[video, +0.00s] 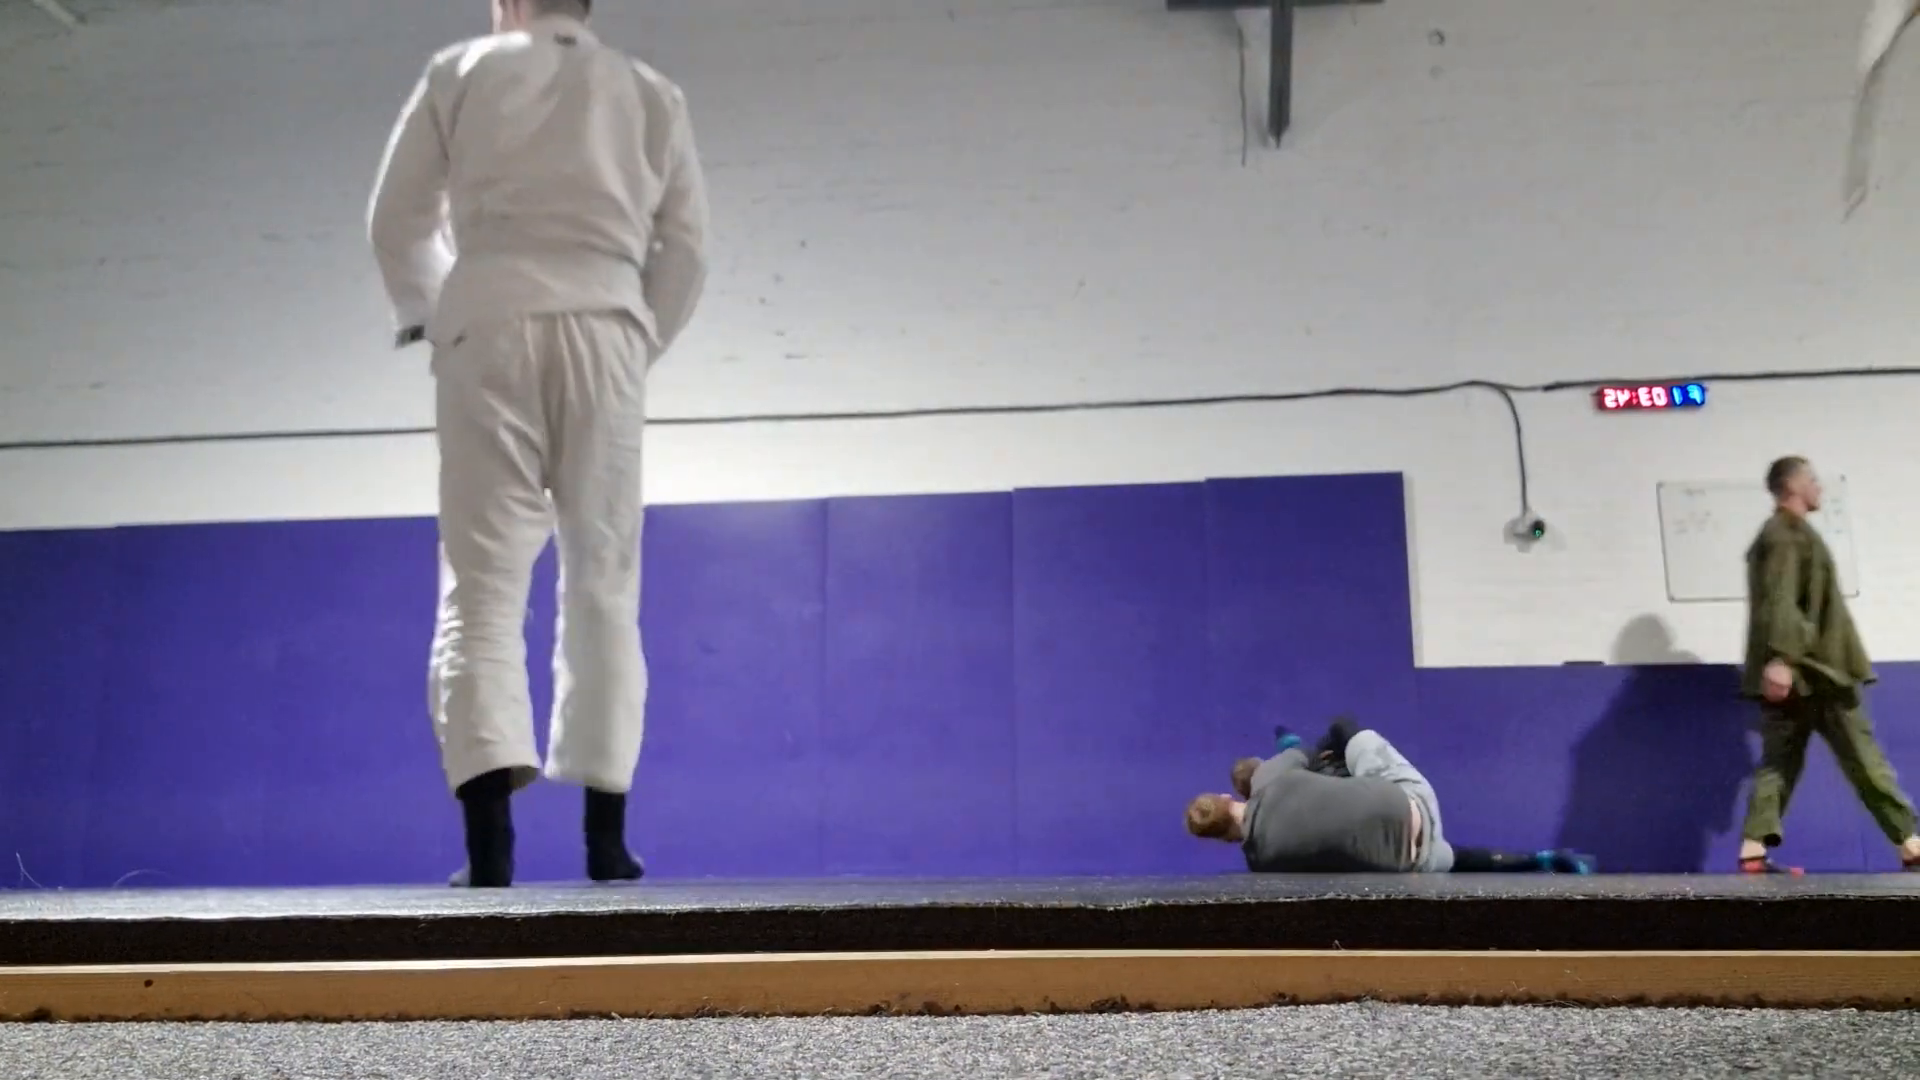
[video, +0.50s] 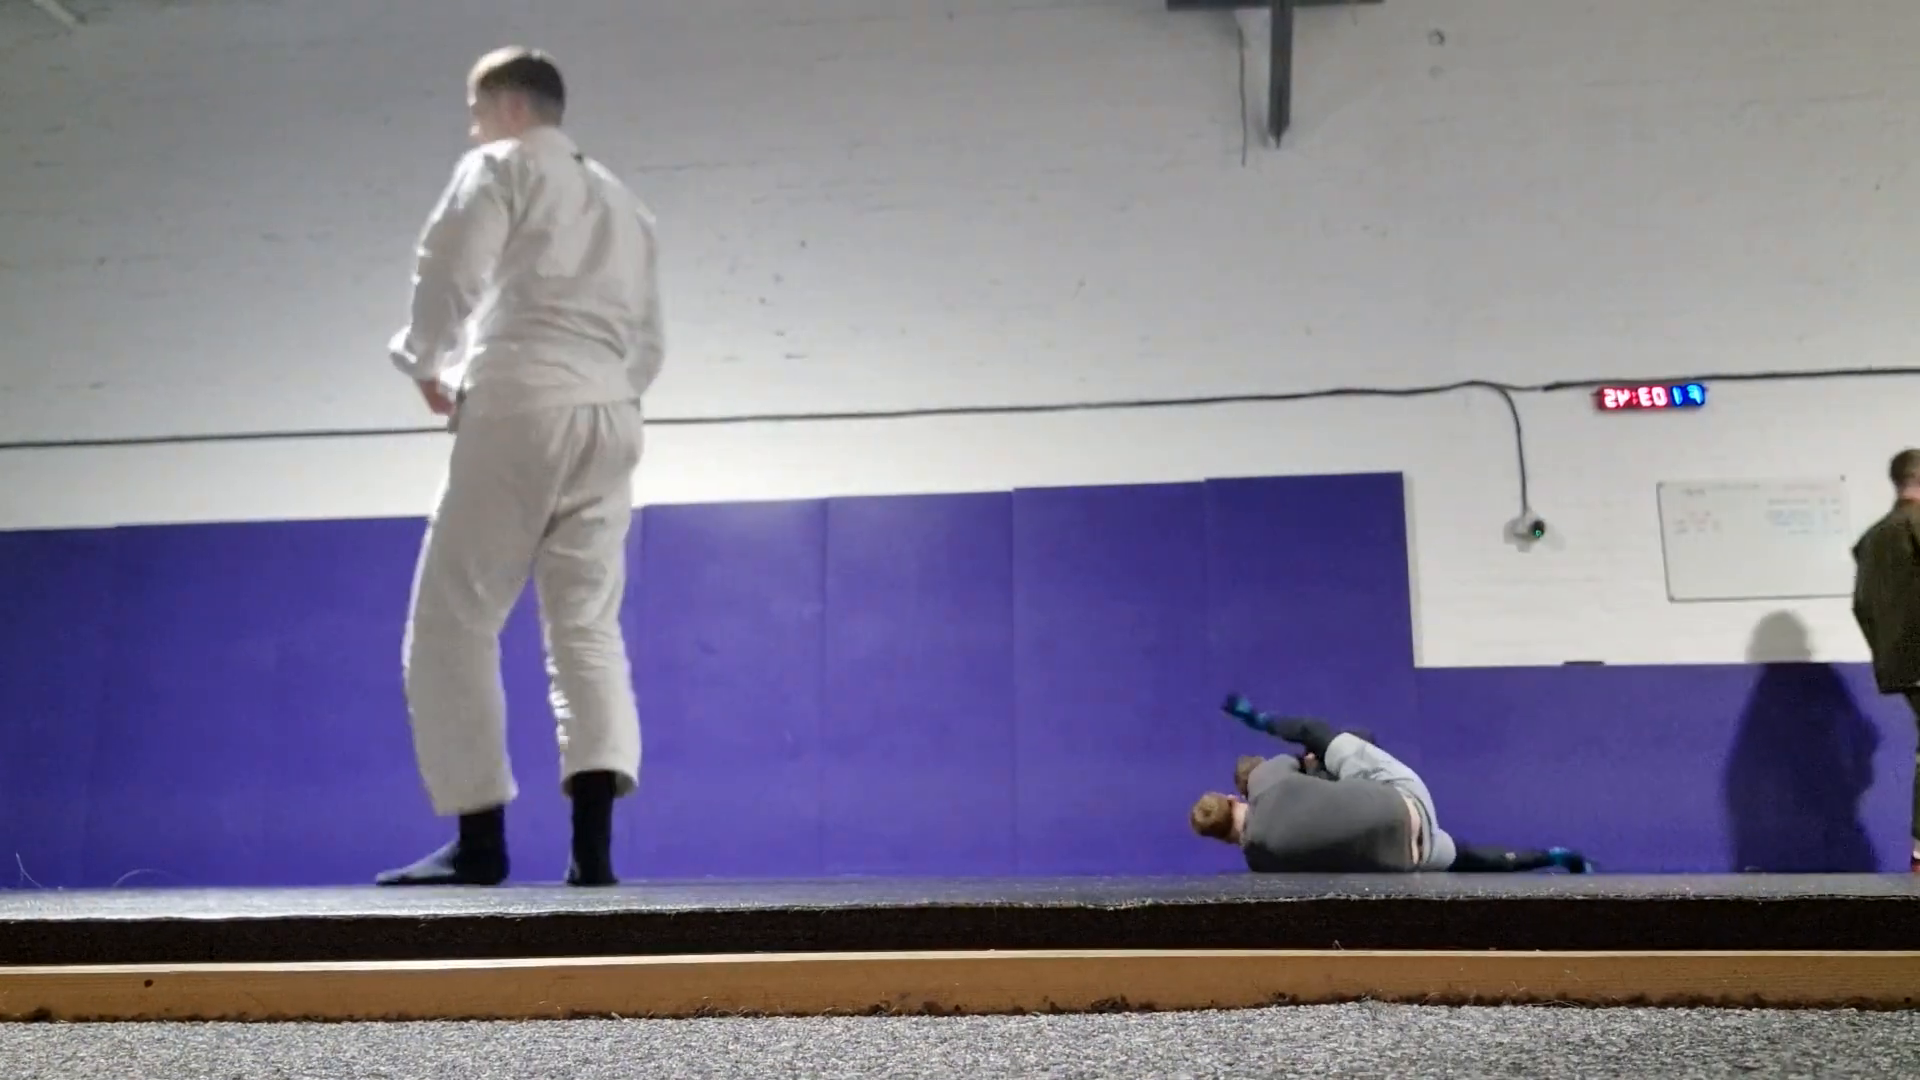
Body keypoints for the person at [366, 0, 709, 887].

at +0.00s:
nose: (492, 18)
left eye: (492, 10)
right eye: (499, 13)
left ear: (505, 8)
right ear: (587, 12)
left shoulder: (458, 72)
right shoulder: (652, 92)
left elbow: (396, 218)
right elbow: (685, 246)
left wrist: (436, 316)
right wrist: (635, 338)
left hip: (486, 323)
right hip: (606, 329)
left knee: (483, 579)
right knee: (604, 578)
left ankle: (488, 848)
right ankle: (607, 838)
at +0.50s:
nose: (476, 126)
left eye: (479, 110)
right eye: (476, 112)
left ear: (508, 103)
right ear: (553, 107)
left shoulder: (497, 166)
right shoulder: (628, 205)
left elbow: (451, 260)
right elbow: (647, 337)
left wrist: (423, 360)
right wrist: (608, 407)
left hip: (516, 408)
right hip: (612, 418)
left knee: (454, 617)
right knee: (588, 626)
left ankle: (478, 844)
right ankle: (593, 854)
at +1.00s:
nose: (451, 175)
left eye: (466, 162)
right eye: (445, 164)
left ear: (511, 170)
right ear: (442, 176)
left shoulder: (547, 244)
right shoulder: (456, 263)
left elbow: (566, 354)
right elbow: (427, 376)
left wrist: (488, 417)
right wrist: (401, 442)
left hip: (533, 476)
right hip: (487, 480)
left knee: (460, 661)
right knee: (440, 667)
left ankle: (483, 852)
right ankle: (475, 848)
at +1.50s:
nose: (535, 204)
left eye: (550, 194)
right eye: (524, 190)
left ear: (568, 212)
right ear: (496, 198)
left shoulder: (596, 300)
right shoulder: (449, 285)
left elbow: (620, 403)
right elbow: (401, 387)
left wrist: (601, 463)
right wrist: (430, 448)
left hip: (564, 503)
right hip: (474, 500)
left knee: (569, 676)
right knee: (459, 675)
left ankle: (565, 849)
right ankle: (475, 849)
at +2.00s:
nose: (586, 233)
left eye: (600, 223)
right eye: (575, 217)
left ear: (616, 230)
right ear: (548, 214)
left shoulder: (633, 311)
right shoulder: (503, 280)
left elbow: (663, 404)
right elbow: (465, 329)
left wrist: (698, 482)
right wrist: (539, 264)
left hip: (603, 499)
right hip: (516, 493)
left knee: (594, 667)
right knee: (484, 666)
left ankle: (569, 846)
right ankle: (480, 848)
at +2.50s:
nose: (595, 236)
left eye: (607, 226)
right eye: (584, 222)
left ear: (622, 231)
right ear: (555, 219)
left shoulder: (640, 312)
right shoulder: (513, 279)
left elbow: (664, 407)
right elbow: (489, 322)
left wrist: (665, 483)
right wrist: (569, 275)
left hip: (608, 506)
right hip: (521, 497)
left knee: (596, 674)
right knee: (487, 667)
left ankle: (570, 846)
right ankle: (481, 851)